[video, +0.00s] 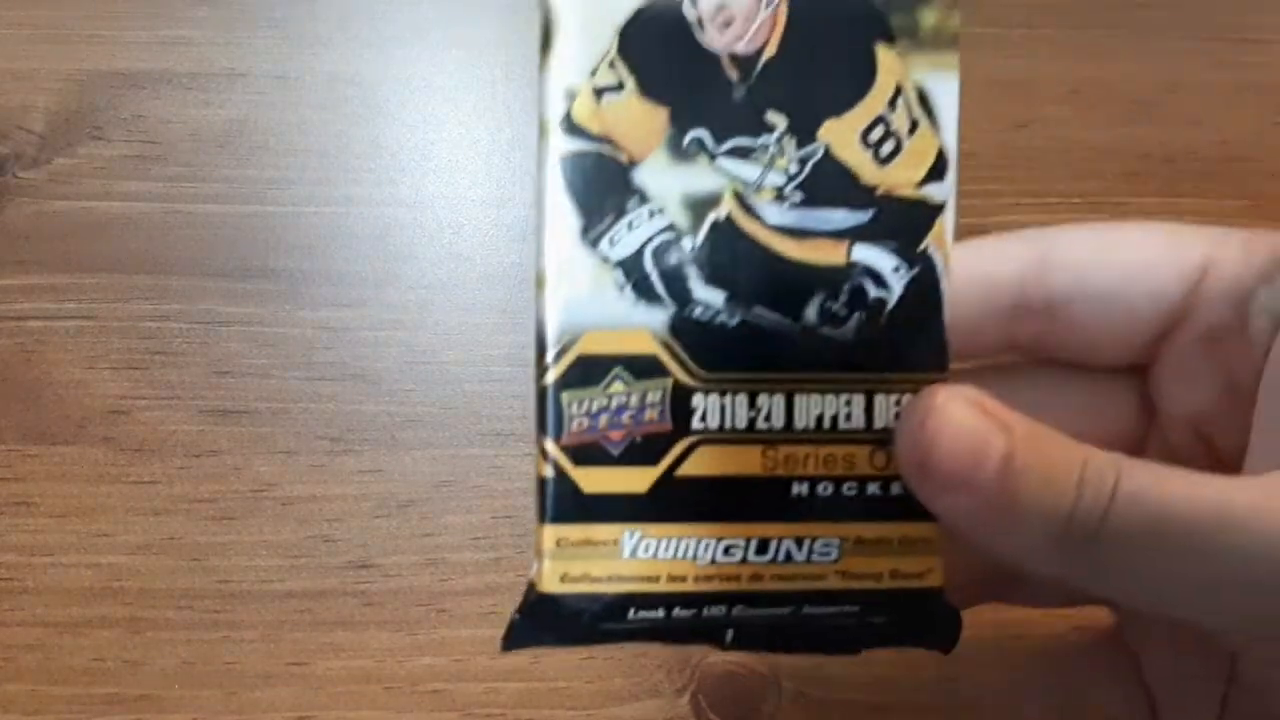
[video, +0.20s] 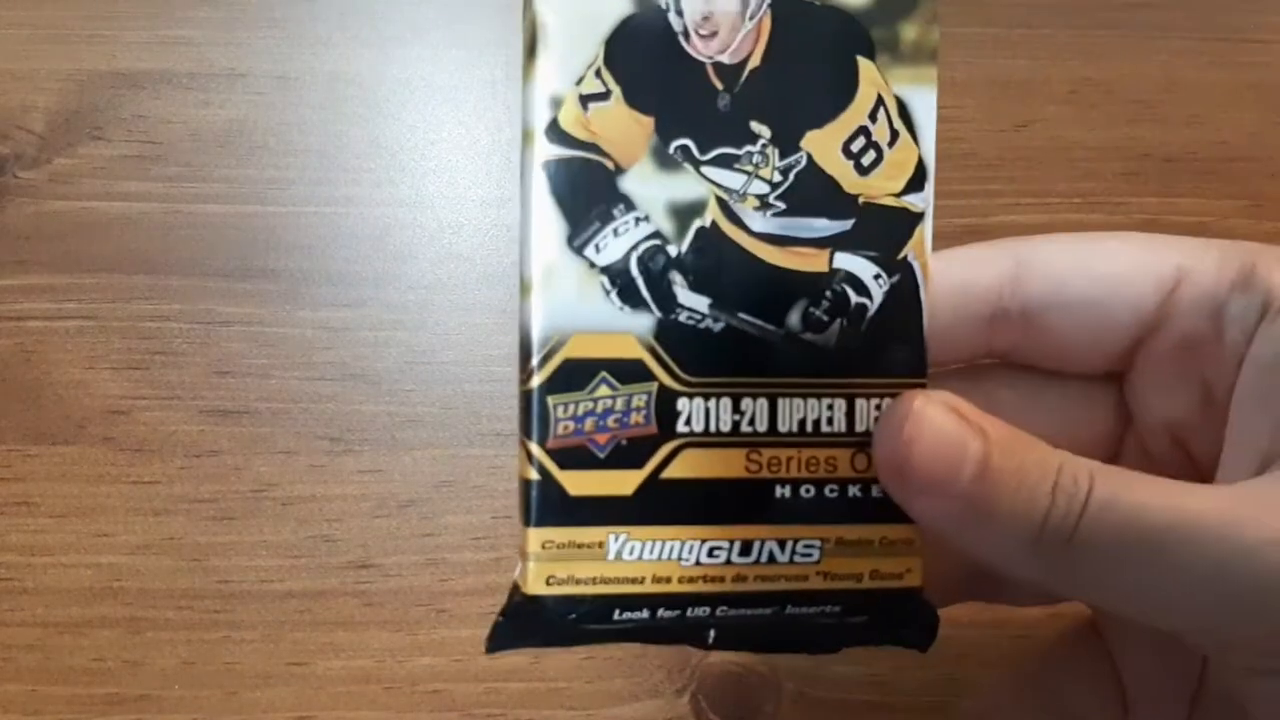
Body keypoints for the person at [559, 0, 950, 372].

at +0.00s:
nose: (712, 10)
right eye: (697, 0)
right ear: (683, 1)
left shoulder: (839, 38)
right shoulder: (656, 40)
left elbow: (922, 177)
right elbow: (588, 140)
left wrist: (875, 272)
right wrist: (640, 244)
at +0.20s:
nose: (697, 15)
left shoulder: (822, 52)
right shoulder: (644, 50)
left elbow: (898, 188)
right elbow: (573, 150)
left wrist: (851, 288)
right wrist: (626, 247)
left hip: (852, 257)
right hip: (738, 246)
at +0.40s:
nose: (700, 36)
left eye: (719, 15)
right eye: (684, 15)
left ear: (756, 17)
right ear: (670, 15)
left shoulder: (820, 71)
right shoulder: (647, 72)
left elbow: (894, 203)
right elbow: (577, 166)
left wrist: (849, 301)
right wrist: (630, 260)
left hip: (850, 268)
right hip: (738, 258)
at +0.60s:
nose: (703, 41)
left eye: (722, 19)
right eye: (687, 19)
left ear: (760, 19)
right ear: (673, 19)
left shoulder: (826, 75)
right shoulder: (648, 78)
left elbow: (902, 210)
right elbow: (579, 172)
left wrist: (856, 309)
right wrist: (629, 268)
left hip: (858, 274)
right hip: (744, 265)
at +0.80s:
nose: (690, 54)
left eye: (710, 32)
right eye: (675, 33)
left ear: (747, 31)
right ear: (659, 30)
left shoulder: (813, 86)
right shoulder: (634, 92)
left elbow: (892, 217)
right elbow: (569, 191)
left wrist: (846, 320)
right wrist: (625, 284)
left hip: (847, 285)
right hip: (733, 277)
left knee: (883, 442)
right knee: (671, 424)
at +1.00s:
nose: (687, 59)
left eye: (707, 37)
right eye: (673, 37)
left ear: (743, 34)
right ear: (658, 36)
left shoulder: (811, 90)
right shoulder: (633, 97)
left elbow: (889, 219)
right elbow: (567, 194)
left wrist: (845, 322)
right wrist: (624, 286)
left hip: (847, 288)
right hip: (733, 280)